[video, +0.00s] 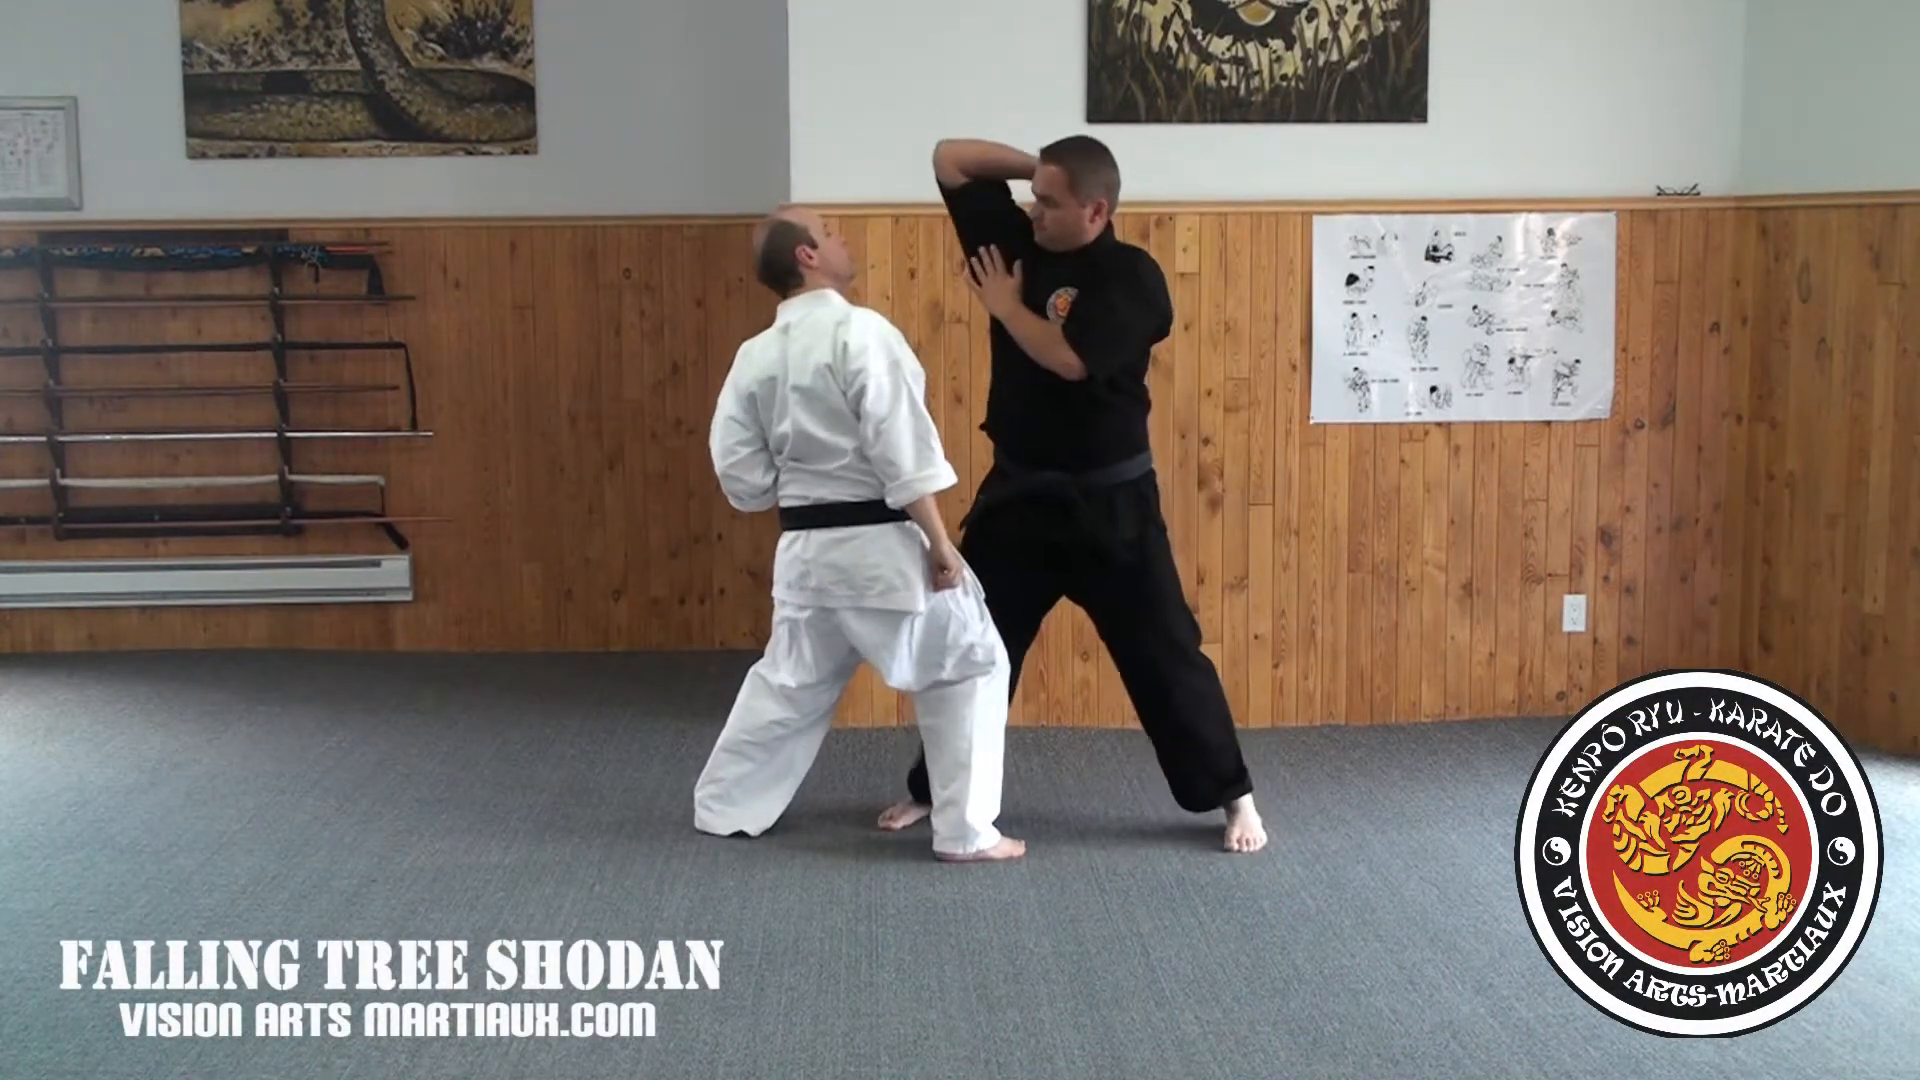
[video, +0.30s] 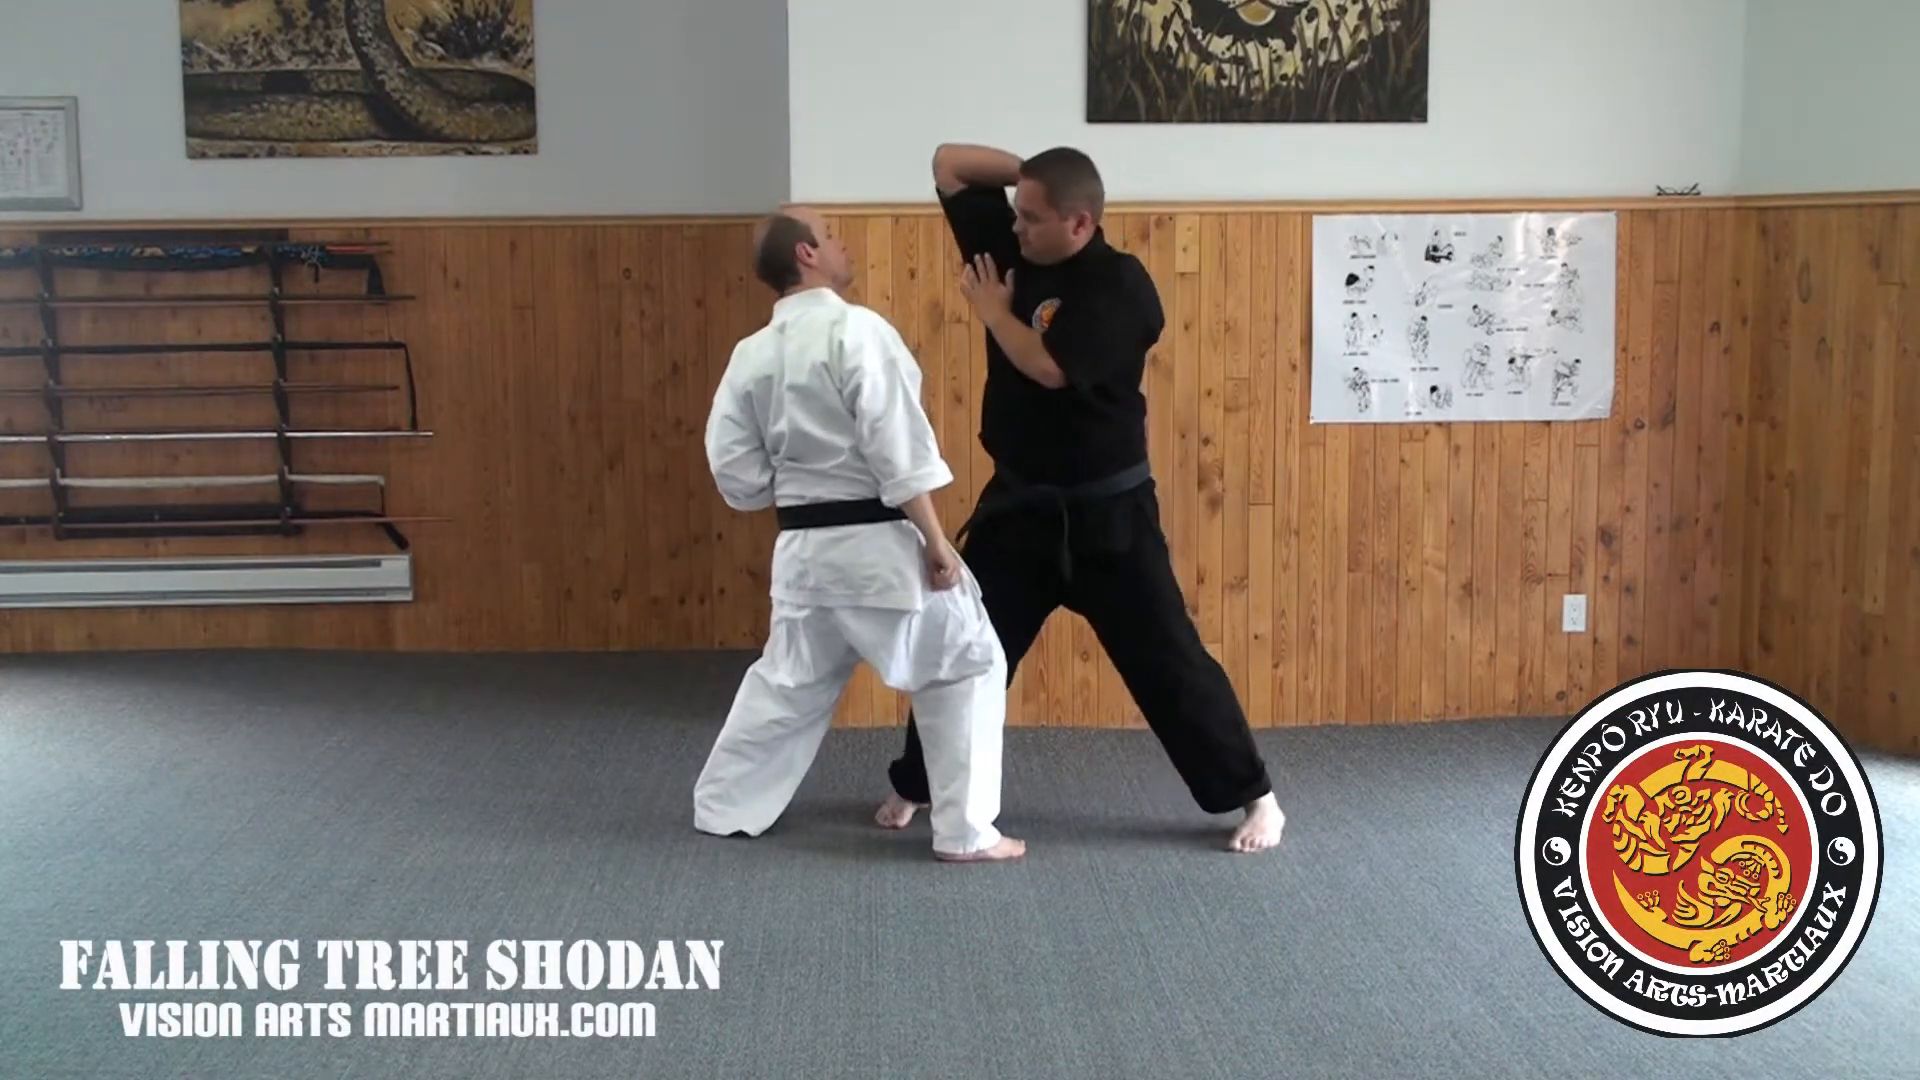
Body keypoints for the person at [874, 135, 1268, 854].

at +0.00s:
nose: (1034, 208)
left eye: (1049, 201)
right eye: (1035, 195)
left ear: (1094, 212)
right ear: (1035, 192)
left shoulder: (1133, 279)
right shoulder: (1011, 249)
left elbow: (1069, 357)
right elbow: (949, 161)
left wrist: (1006, 308)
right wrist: (1043, 166)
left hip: (1112, 500)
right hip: (1018, 493)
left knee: (1167, 650)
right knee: (966, 646)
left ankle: (1235, 797)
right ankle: (930, 794)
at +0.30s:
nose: (1017, 224)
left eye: (1030, 215)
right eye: (1017, 211)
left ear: (1077, 224)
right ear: (1021, 210)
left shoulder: (1120, 288)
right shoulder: (1008, 256)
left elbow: (1048, 365)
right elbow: (948, 167)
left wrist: (994, 315)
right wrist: (1034, 172)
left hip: (1109, 510)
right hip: (1017, 505)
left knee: (1169, 657)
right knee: (961, 649)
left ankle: (1255, 797)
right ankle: (916, 785)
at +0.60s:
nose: (998, 255)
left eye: (1010, 245)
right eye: (996, 243)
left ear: (1059, 246)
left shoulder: (1111, 315)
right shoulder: (991, 315)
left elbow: (1069, 408)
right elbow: (879, 317)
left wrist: (991, 373)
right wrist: (943, 257)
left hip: (1108, 539)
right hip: (1014, 536)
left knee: (1163, 683)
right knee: (941, 662)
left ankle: (1244, 804)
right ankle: (913, 790)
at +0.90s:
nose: (1002, 239)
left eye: (1014, 227)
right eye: (1000, 227)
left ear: (1065, 229)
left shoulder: (1116, 303)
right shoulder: (990, 295)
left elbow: (1079, 399)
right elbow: (877, 291)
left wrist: (993, 351)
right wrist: (920, 232)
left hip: (1109, 522)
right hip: (1014, 519)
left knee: (1169, 661)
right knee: (948, 654)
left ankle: (1250, 790)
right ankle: (915, 790)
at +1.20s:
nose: (1038, 242)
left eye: (1049, 230)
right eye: (1035, 229)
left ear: (1100, 231)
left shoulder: (1158, 304)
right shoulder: (1033, 301)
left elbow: (1133, 406)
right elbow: (947, 338)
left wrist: (1047, 364)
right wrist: (928, 298)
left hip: (1147, 525)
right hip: (1052, 520)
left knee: (1193, 669)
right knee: (982, 652)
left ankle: (1254, 800)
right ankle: (960, 786)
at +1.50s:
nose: (1041, 245)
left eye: (1053, 233)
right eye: (1039, 232)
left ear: (1104, 235)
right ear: (1086, 235)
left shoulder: (1164, 310)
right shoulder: (1027, 307)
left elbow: (1147, 413)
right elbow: (940, 361)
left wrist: (1056, 371)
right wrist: (860, 377)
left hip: (1146, 526)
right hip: (1049, 522)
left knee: (1188, 667)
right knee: (981, 652)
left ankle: (1255, 798)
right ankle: (954, 786)